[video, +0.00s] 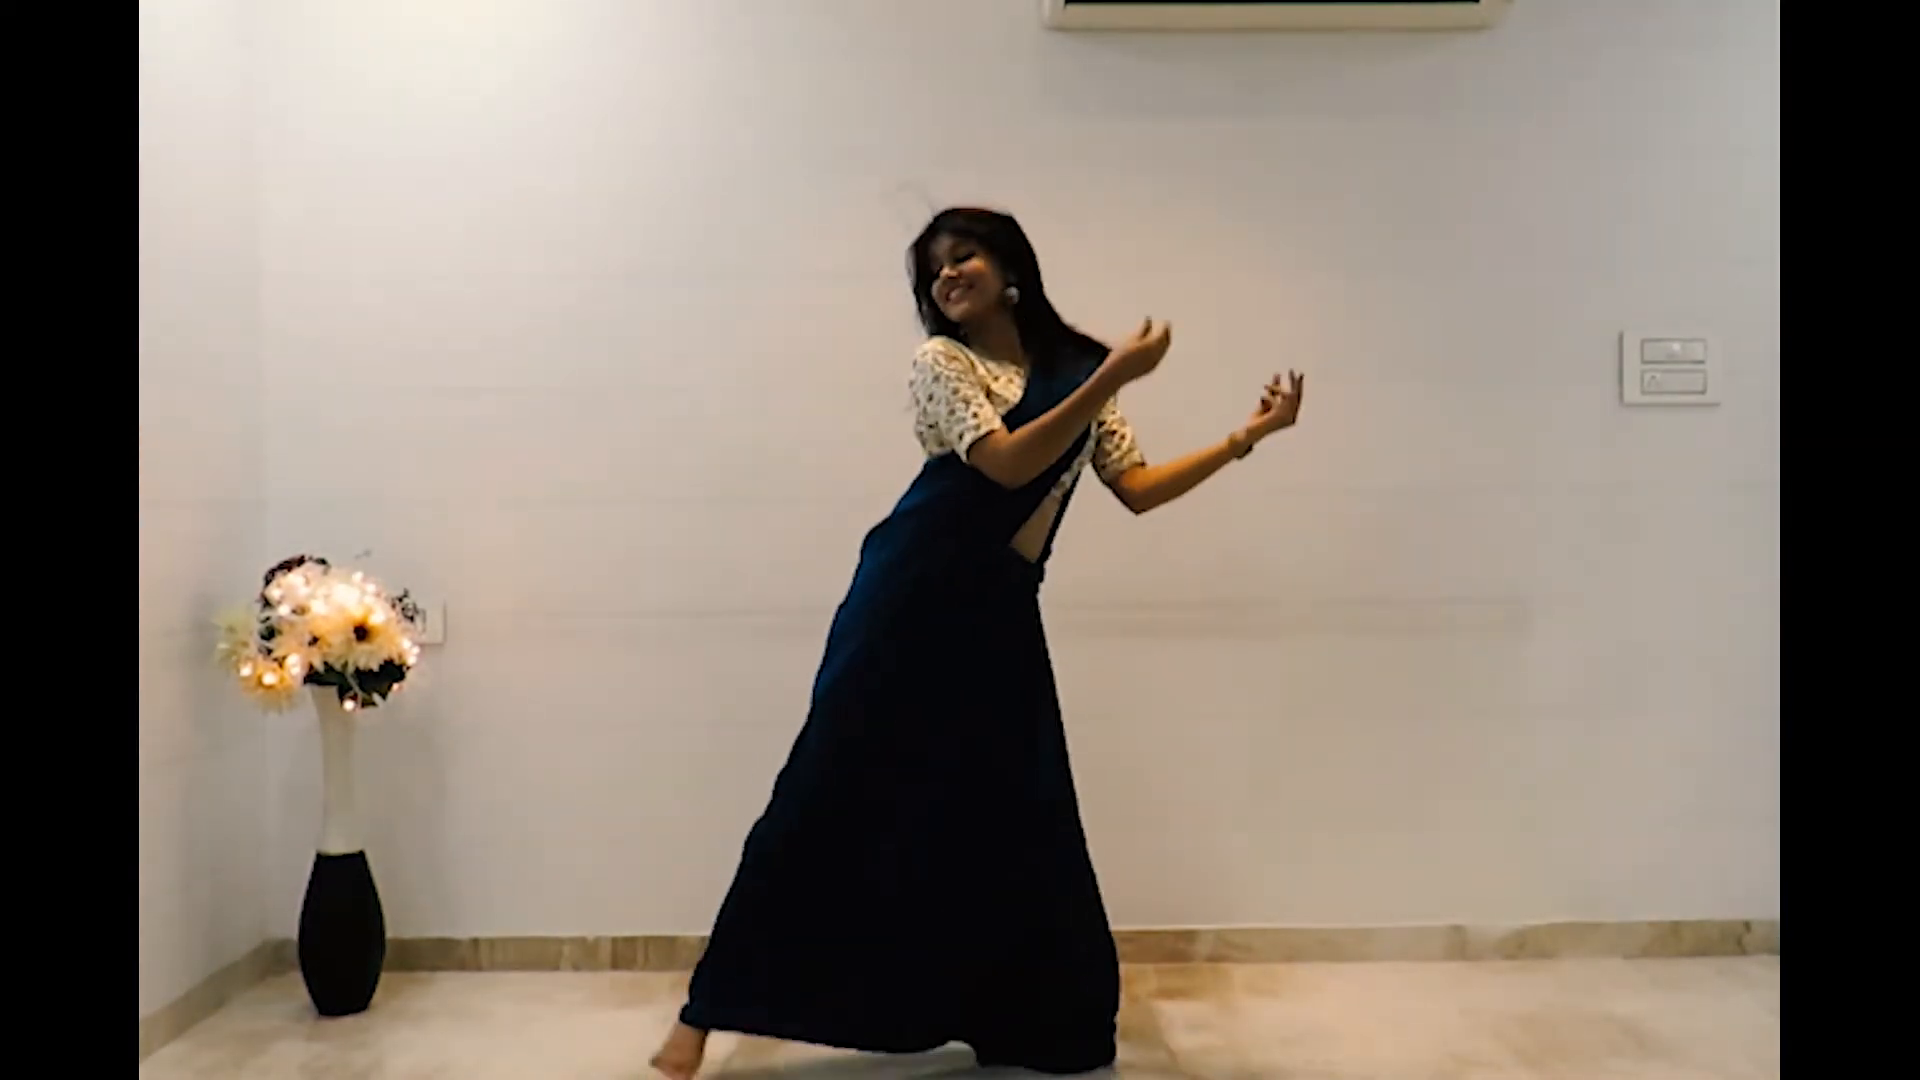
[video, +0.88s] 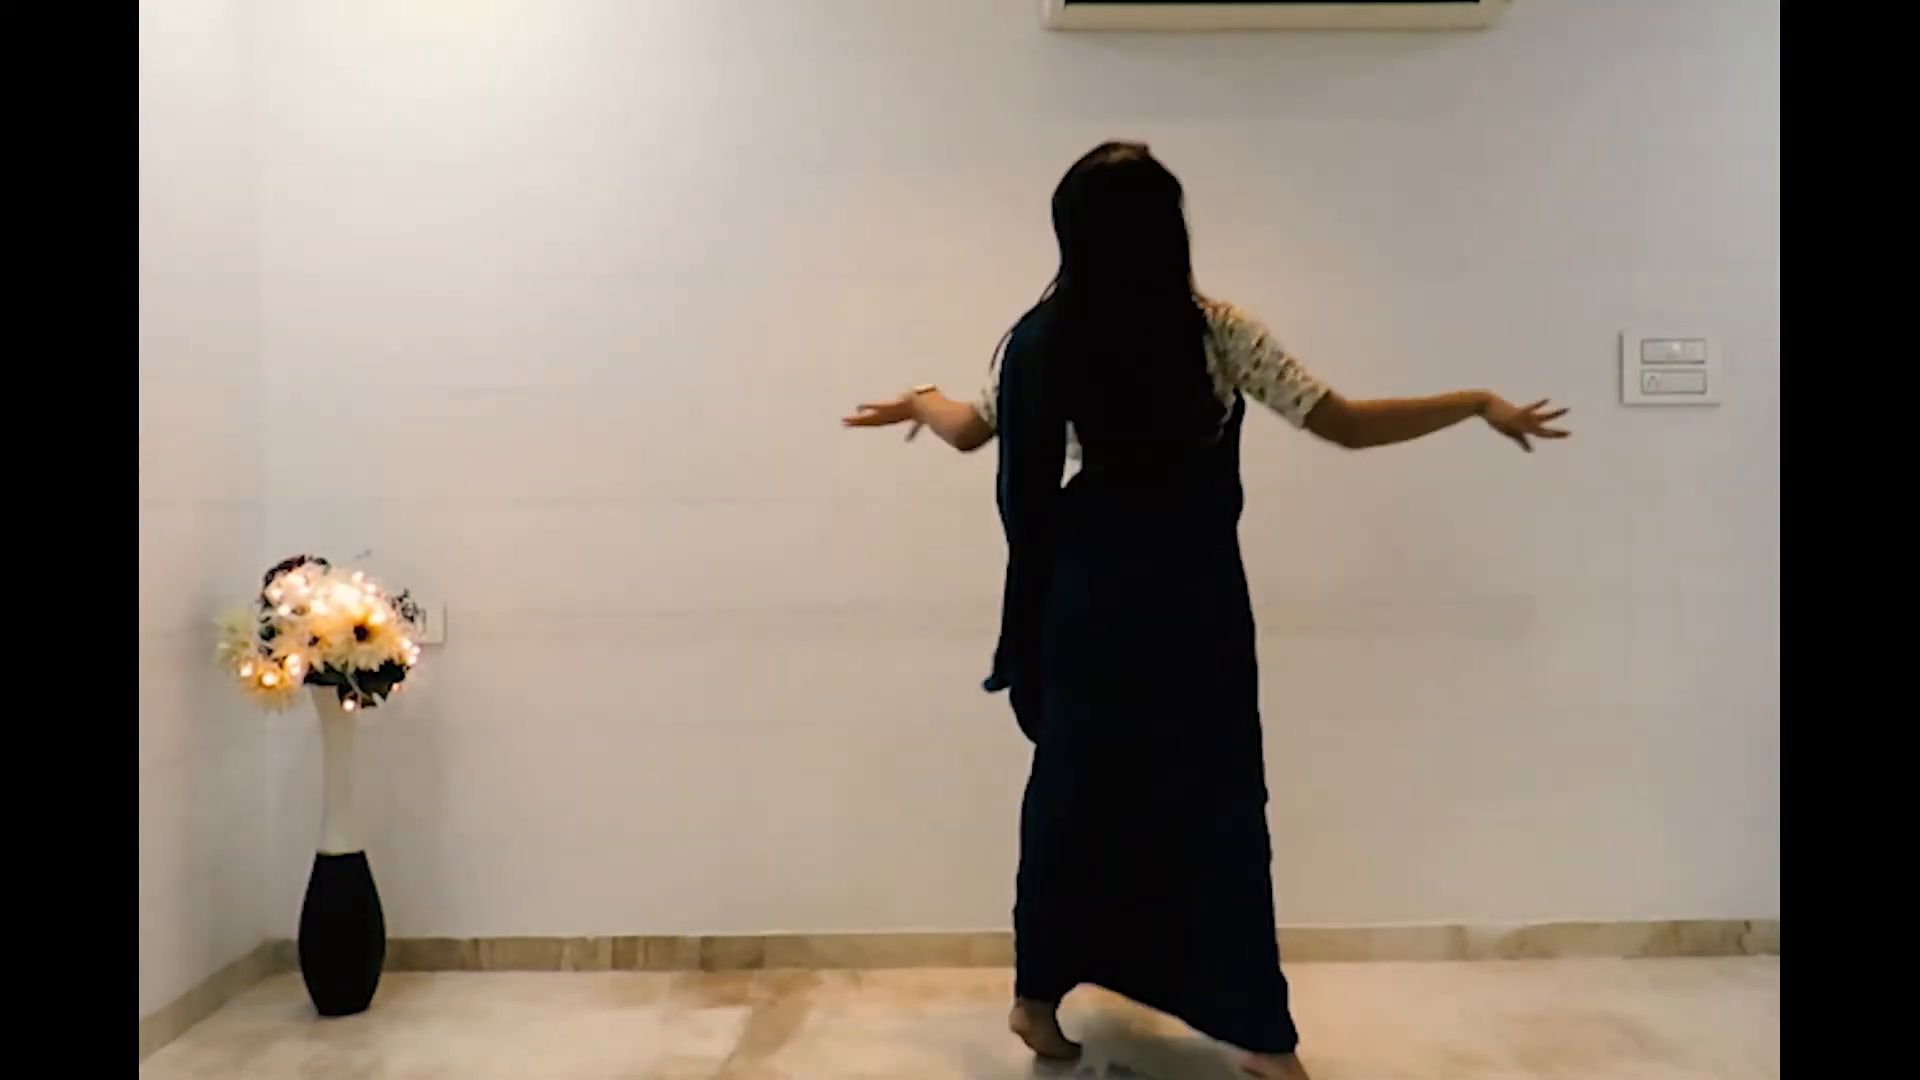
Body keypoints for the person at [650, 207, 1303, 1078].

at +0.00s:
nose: (948, 273)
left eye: (964, 256)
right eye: (935, 269)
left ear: (1012, 268)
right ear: (932, 294)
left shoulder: (1080, 372)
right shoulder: (940, 363)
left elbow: (1138, 488)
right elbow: (1006, 460)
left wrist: (1242, 438)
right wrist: (1112, 374)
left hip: (999, 613)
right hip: (905, 599)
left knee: (1021, 809)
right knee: (819, 797)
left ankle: (1021, 1026)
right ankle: (698, 1014)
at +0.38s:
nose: (1038, 278)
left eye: (1047, 270)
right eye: (1015, 266)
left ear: (1056, 304)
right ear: (972, 299)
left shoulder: (1047, 399)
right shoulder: (966, 391)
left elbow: (1097, 517)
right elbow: (1047, 497)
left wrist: (1156, 435)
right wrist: (1079, 379)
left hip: (1033, 633)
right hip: (962, 630)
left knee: (1086, 831)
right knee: (912, 822)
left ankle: (1066, 1023)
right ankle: (767, 1014)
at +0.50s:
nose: (1080, 230)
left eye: (1069, 218)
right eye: (1061, 223)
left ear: (1031, 262)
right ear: (1029, 258)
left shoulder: (1055, 331)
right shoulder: (1034, 336)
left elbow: (1136, 379)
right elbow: (1148, 382)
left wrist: (1130, 315)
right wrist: (1127, 309)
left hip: (1053, 597)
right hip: (1015, 597)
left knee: (1072, 790)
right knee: (1029, 796)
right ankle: (894, 970)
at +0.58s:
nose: (1102, 229)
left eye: (1088, 218)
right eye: (1086, 226)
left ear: (1041, 276)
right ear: (1069, 257)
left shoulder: (1039, 346)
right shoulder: (1089, 341)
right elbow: (1194, 416)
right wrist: (1214, 339)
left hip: (1026, 612)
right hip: (1066, 623)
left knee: (1042, 801)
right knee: (1142, 803)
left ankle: (1014, 998)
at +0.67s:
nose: (1129, 261)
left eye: (1118, 250)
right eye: (1115, 256)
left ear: (1051, 305)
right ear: (1094, 290)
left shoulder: (1026, 390)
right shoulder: (1134, 384)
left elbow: (983, 484)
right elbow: (1231, 495)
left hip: (1040, 664)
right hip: (1115, 673)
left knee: (1048, 831)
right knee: (1207, 827)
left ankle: (1019, 1014)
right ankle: (1176, 1020)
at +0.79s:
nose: (1156, 293)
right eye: (1153, 278)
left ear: (1061, 291)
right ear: (1156, 285)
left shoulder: (1050, 386)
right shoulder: (1198, 380)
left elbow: (971, 479)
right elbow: (1295, 484)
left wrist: (1035, 404)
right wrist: (1385, 416)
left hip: (1075, 639)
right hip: (1176, 641)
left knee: (1087, 820)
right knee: (1226, 826)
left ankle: (1024, 1013)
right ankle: (1234, 1032)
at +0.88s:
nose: (1175, 227)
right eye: (1170, 211)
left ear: (1071, 238)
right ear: (1172, 230)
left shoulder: (1038, 343)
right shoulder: (1216, 333)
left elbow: (969, 427)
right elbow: (1345, 421)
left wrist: (922, 399)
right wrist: (1477, 403)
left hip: (1084, 632)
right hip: (1199, 631)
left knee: (1067, 803)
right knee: (1222, 823)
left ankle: (1035, 1003)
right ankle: (1262, 1039)